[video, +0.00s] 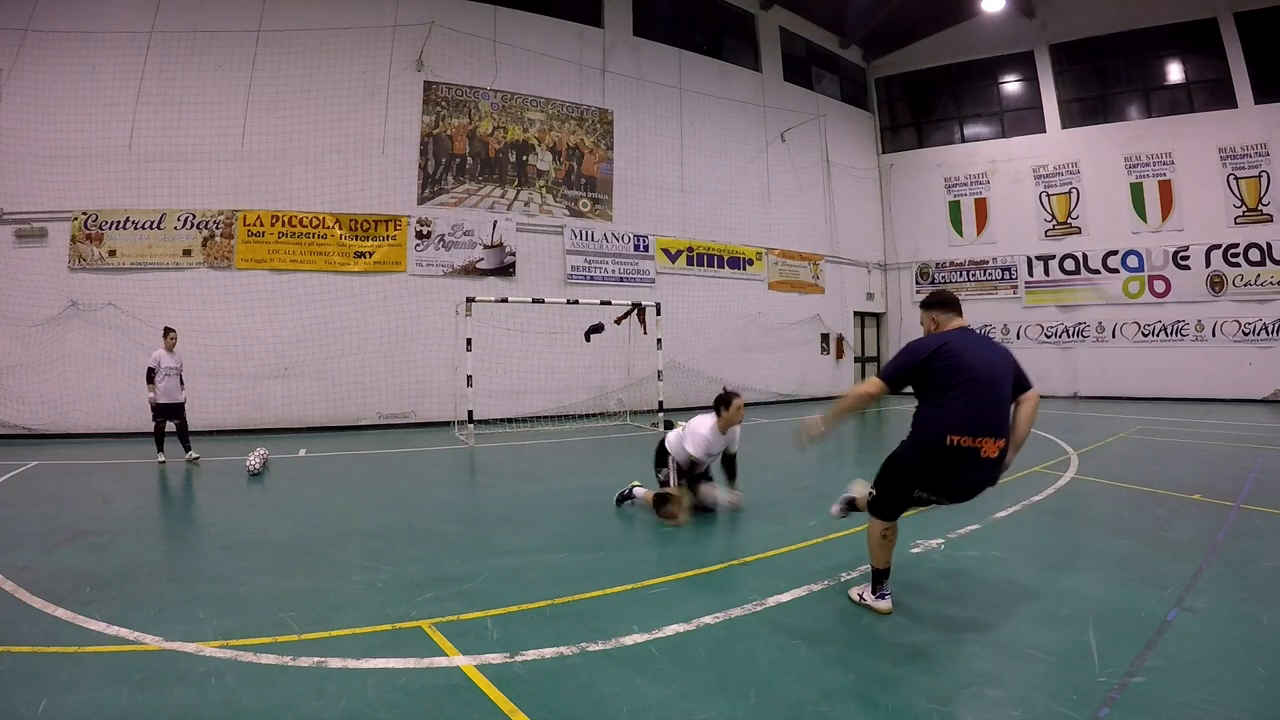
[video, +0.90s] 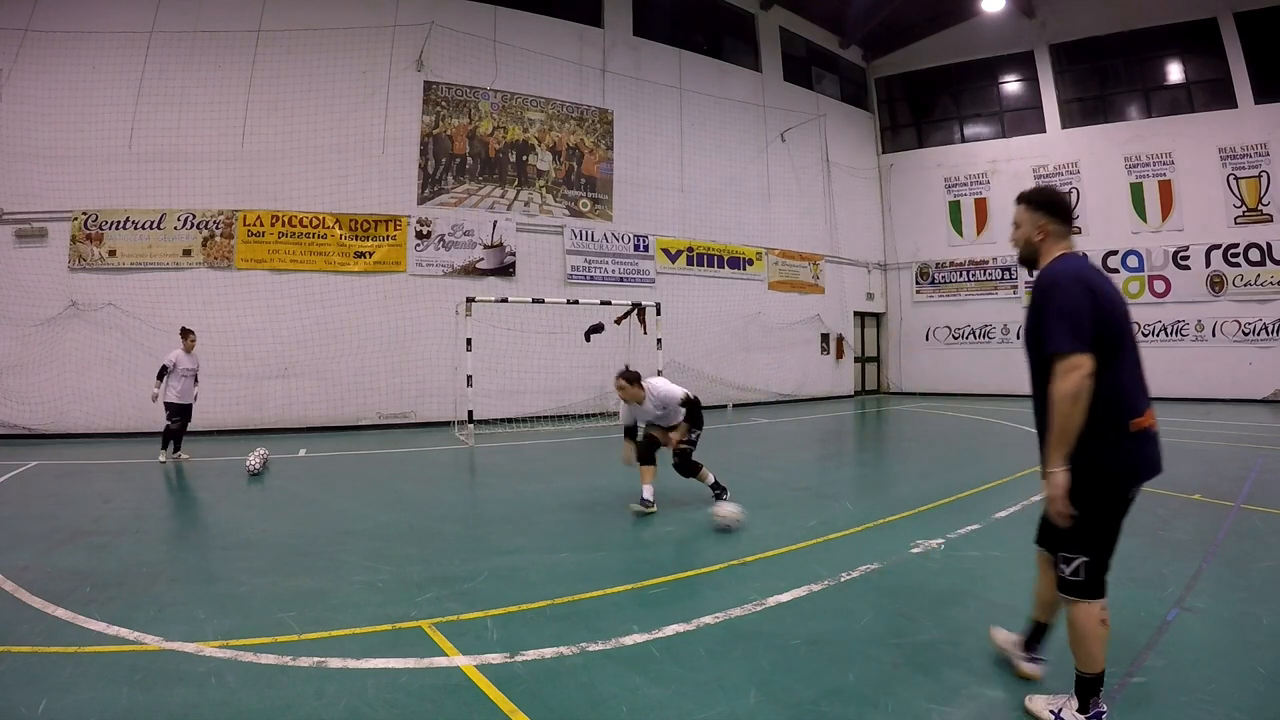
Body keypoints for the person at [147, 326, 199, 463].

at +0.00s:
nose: (174, 341)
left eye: (175, 339)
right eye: (171, 339)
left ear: (176, 340)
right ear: (164, 339)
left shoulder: (177, 357)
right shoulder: (157, 355)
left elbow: (180, 376)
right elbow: (150, 375)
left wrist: (183, 392)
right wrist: (151, 394)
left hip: (177, 399)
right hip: (161, 399)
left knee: (182, 426)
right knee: (160, 427)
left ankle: (188, 452)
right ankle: (160, 452)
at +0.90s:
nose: (194, 344)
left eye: (195, 341)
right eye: (191, 341)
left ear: (195, 342)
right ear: (183, 341)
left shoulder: (194, 358)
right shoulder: (175, 355)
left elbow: (195, 376)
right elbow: (162, 372)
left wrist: (195, 389)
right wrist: (156, 389)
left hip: (187, 399)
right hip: (172, 398)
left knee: (182, 426)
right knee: (173, 424)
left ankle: (177, 452)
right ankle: (163, 451)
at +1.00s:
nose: (199, 345)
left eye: (200, 342)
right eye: (196, 342)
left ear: (199, 343)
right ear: (189, 342)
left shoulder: (199, 359)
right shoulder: (179, 355)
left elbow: (201, 376)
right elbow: (165, 369)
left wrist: (200, 388)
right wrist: (153, 385)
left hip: (190, 397)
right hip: (175, 395)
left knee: (185, 424)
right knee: (181, 421)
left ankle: (178, 450)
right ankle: (173, 450)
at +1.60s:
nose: (235, 349)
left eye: (235, 347)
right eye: (232, 347)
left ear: (235, 347)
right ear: (224, 347)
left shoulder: (234, 361)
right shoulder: (219, 361)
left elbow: (233, 381)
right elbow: (212, 381)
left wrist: (238, 396)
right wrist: (213, 400)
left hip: (238, 398)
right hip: (225, 401)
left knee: (253, 423)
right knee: (227, 428)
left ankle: (258, 454)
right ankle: (204, 435)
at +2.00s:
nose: (253, 348)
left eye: (254, 345)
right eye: (251, 345)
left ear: (245, 345)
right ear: (242, 345)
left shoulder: (247, 358)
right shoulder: (234, 360)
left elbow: (245, 372)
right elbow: (225, 380)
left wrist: (253, 376)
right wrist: (224, 401)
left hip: (249, 394)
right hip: (238, 397)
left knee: (262, 420)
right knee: (258, 420)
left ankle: (258, 453)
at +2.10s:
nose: (253, 346)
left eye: (254, 344)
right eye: (251, 344)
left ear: (247, 343)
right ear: (242, 342)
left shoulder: (247, 356)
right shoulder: (235, 356)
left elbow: (242, 374)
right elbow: (225, 376)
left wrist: (252, 378)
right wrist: (223, 397)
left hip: (249, 397)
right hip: (236, 399)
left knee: (258, 421)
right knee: (247, 424)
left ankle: (258, 453)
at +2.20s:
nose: (254, 345)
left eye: (255, 342)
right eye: (253, 342)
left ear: (250, 341)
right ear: (244, 340)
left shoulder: (246, 354)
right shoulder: (236, 353)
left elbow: (240, 372)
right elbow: (222, 369)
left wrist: (247, 380)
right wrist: (227, 385)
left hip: (244, 398)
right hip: (232, 399)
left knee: (248, 424)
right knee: (234, 426)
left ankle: (257, 452)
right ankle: (227, 456)